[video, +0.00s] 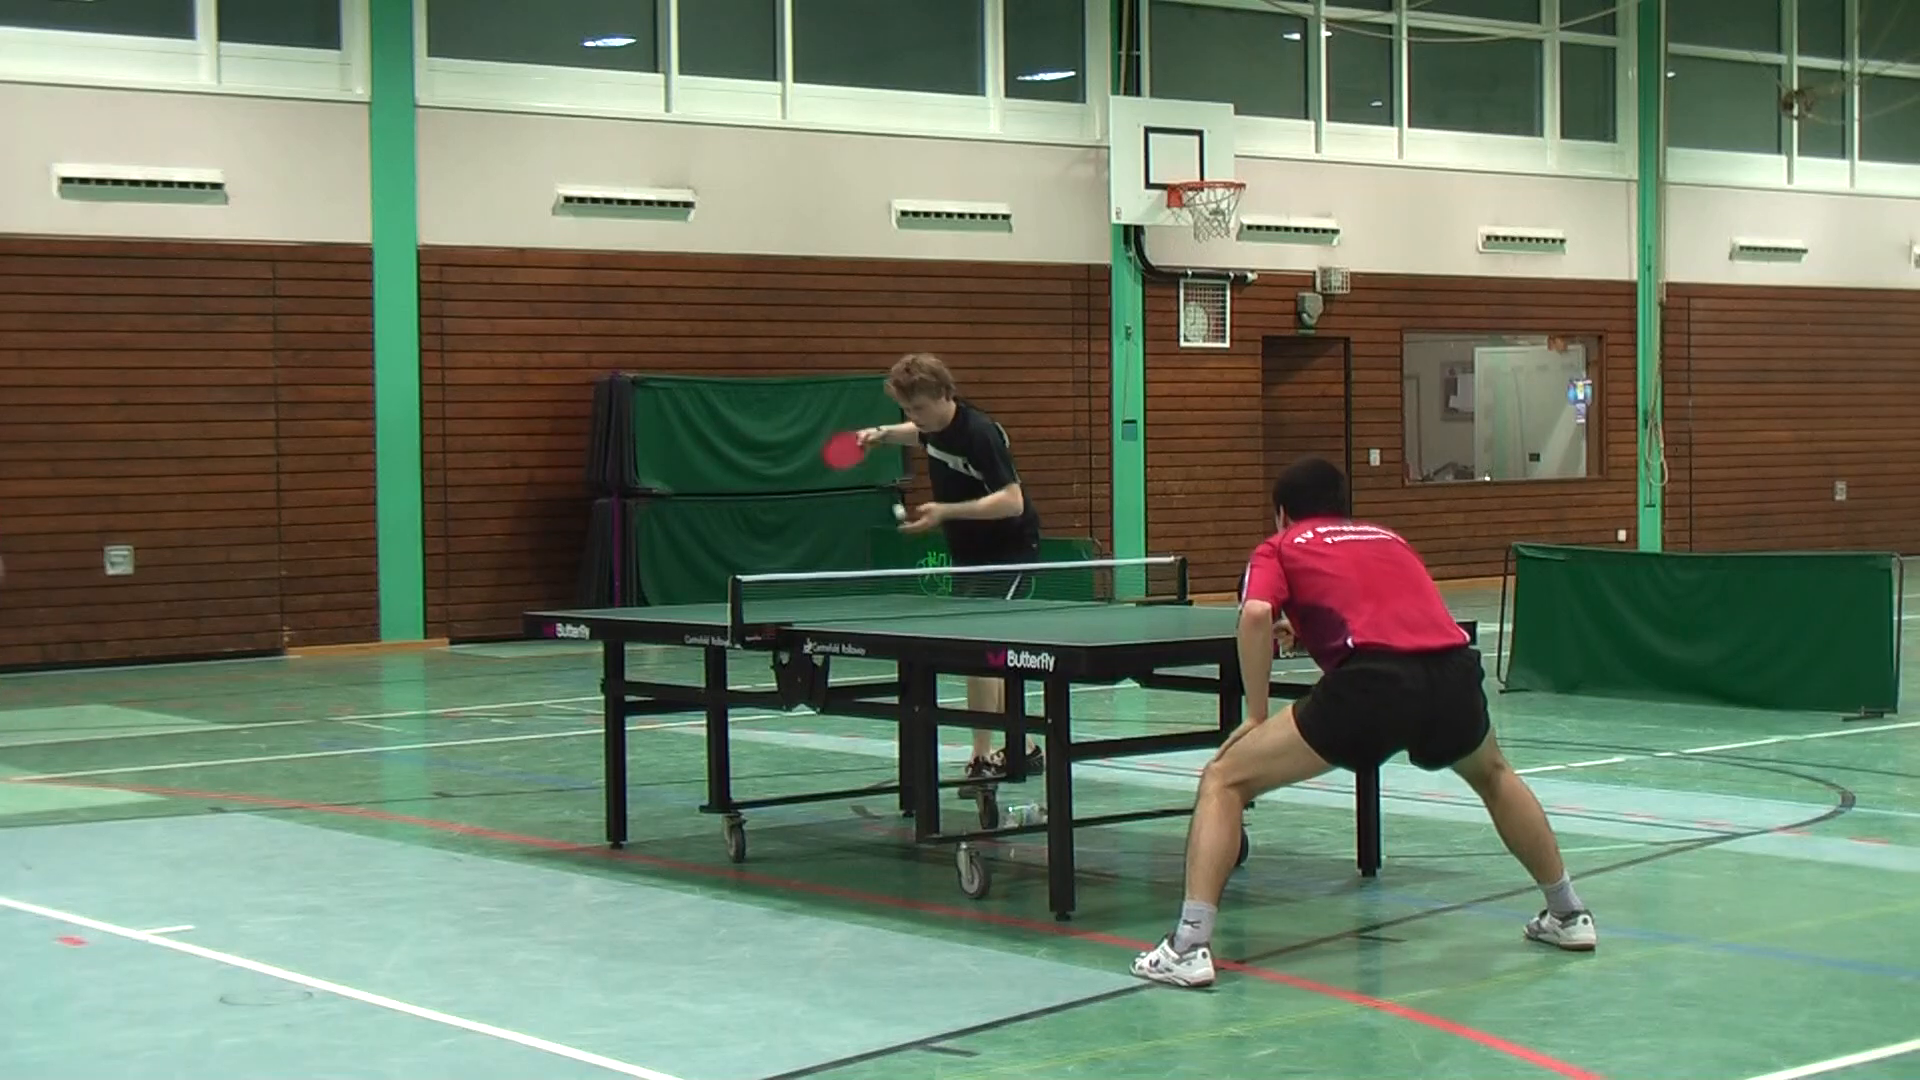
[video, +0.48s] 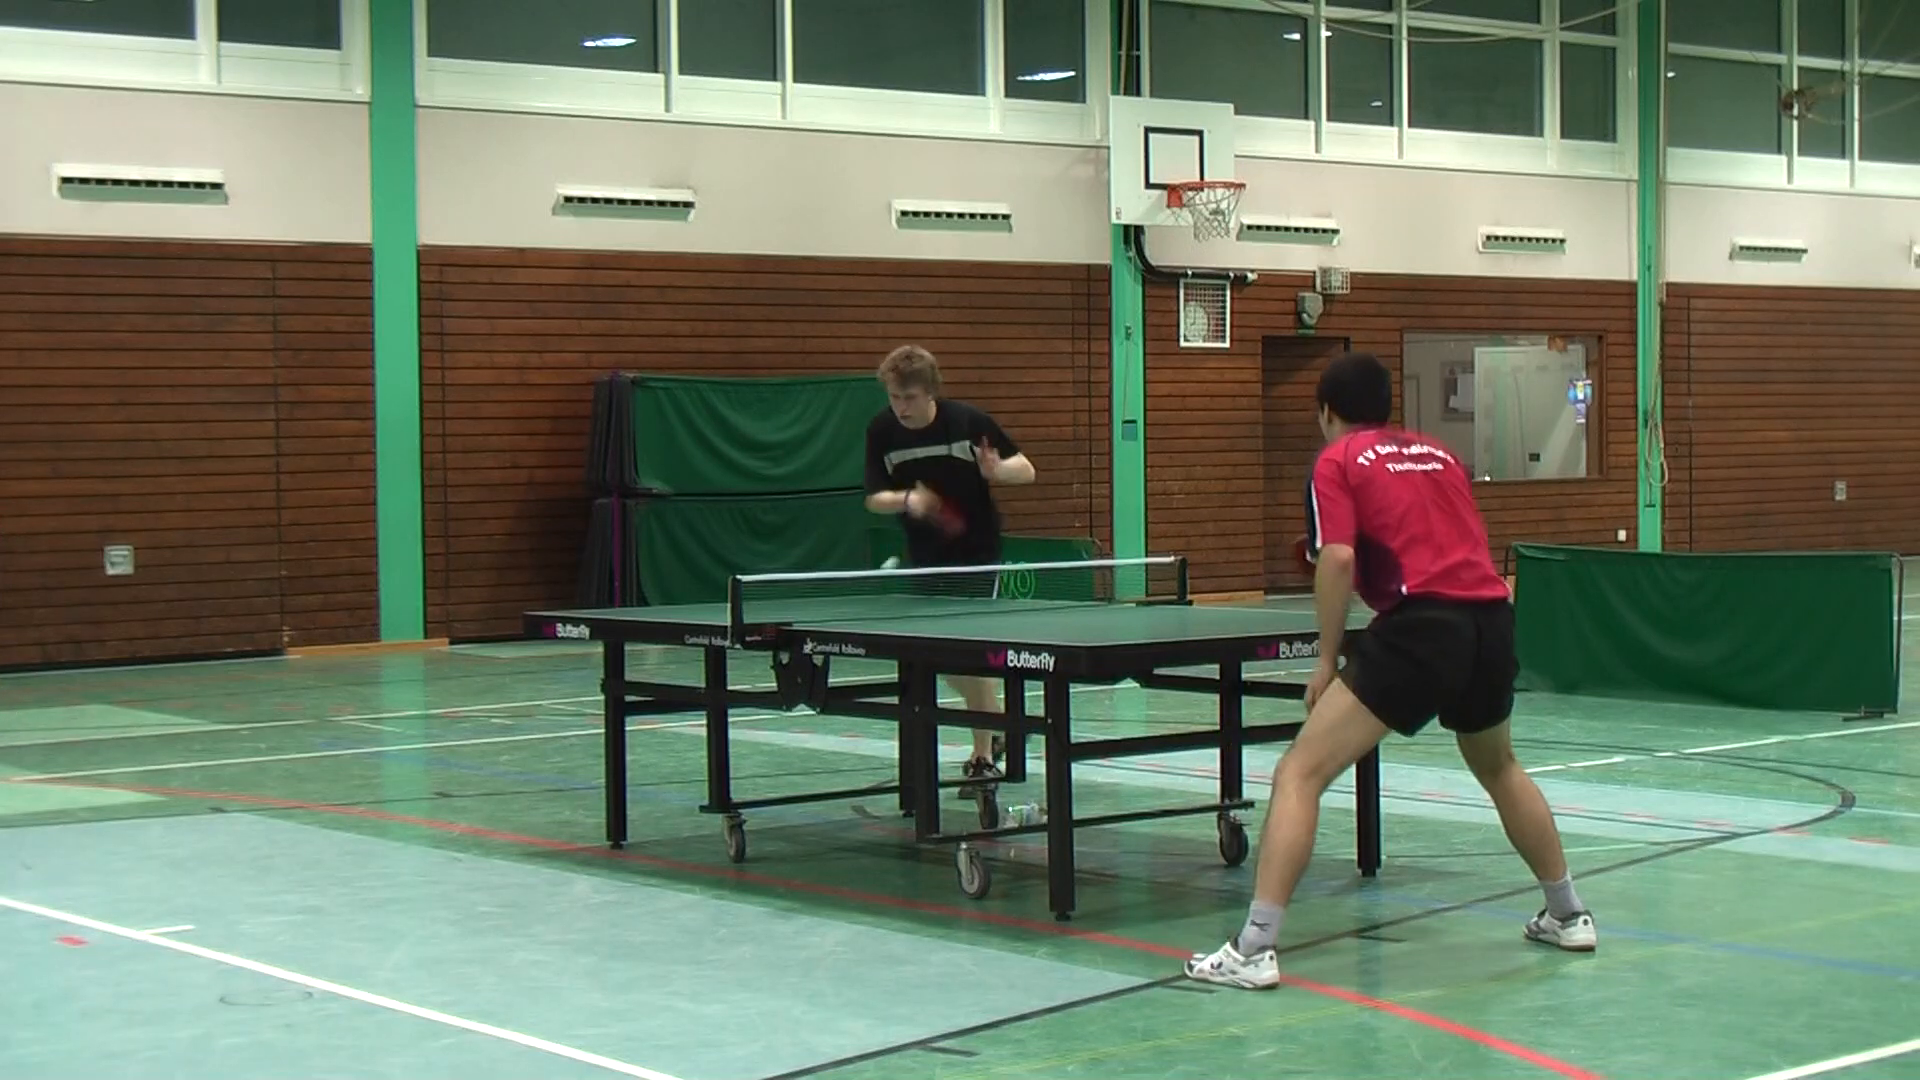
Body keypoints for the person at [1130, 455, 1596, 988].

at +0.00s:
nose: (1273, 524)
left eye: (1273, 517)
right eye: (1275, 518)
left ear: (1283, 516)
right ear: (1344, 510)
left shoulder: (1279, 547)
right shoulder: (1386, 537)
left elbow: (1256, 615)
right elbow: (1394, 602)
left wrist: (1257, 715)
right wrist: (1311, 628)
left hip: (1370, 687)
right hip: (1454, 685)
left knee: (1224, 777)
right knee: (1494, 775)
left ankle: (1189, 945)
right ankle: (1569, 912)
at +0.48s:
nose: (1319, 424)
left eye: (1319, 414)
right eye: (1321, 414)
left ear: (1331, 412)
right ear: (1384, 410)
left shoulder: (1335, 462)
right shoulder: (1435, 451)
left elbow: (1338, 556)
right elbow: (1467, 542)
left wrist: (1326, 657)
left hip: (1419, 627)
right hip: (1492, 626)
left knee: (1301, 772)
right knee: (1499, 766)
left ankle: (1254, 946)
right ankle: (1569, 913)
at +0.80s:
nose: (1295, 411)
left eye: (1292, 398)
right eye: (1292, 400)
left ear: (1309, 391)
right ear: (1356, 385)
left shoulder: (1352, 442)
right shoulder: (1402, 435)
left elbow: (1352, 554)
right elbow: (1419, 541)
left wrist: (1287, 639)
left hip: (1412, 635)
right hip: (1475, 628)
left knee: (1288, 769)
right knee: (1484, 765)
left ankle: (1251, 945)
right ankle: (1566, 910)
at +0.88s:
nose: (1265, 402)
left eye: (1266, 388)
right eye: (1266, 389)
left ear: (1286, 389)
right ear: (1320, 384)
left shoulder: (1353, 436)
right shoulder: (1340, 448)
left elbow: (1375, 535)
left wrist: (1306, 628)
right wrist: (1248, 620)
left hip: (1411, 636)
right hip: (1457, 629)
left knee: (1283, 768)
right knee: (1474, 770)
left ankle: (1251, 947)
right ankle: (1564, 907)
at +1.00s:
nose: (1242, 393)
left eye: (1243, 378)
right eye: (1241, 379)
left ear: (1267, 373)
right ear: (1292, 373)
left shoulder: (1346, 420)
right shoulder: (1285, 464)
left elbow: (1398, 488)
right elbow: (1236, 555)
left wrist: (1361, 553)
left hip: (1392, 623)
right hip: (1424, 620)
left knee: (1275, 764)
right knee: (1452, 774)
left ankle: (1249, 948)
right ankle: (1544, 907)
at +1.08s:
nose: (1239, 376)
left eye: (1243, 362)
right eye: (1242, 362)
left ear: (1264, 361)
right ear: (1289, 361)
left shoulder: (1339, 407)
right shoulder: (1275, 455)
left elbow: (1408, 458)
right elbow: (1207, 523)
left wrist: (1393, 500)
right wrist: (1103, 535)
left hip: (1382, 616)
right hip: (1415, 614)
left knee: (1274, 761)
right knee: (1429, 773)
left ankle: (1248, 948)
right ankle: (1525, 914)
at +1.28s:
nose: (1291, 348)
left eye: (1294, 336)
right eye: (1293, 337)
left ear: (1310, 338)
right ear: (1359, 338)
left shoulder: (1357, 391)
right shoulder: (1334, 421)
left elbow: (1414, 452)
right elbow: (1257, 473)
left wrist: (1433, 522)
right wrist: (1157, 458)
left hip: (1380, 607)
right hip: (1436, 611)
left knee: (1279, 768)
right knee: (1373, 761)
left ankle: (1246, 943)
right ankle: (1455, 911)